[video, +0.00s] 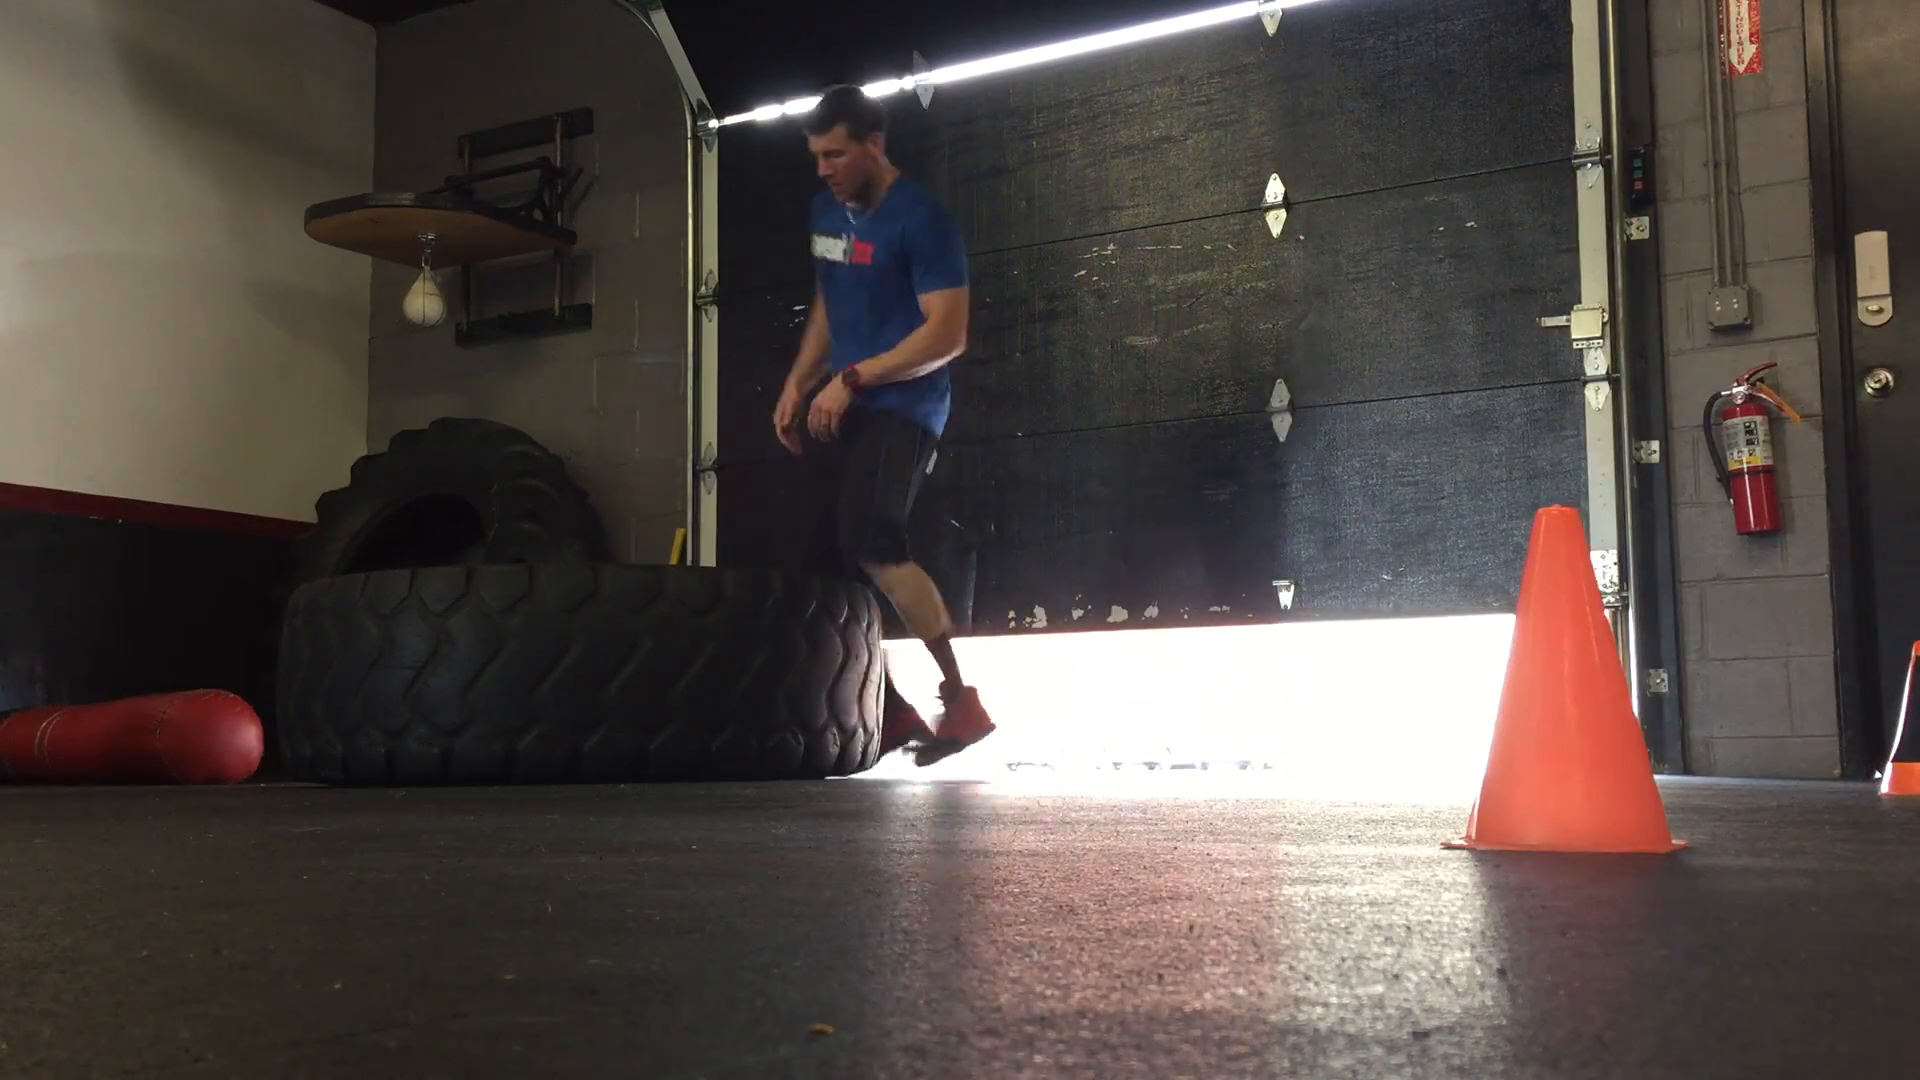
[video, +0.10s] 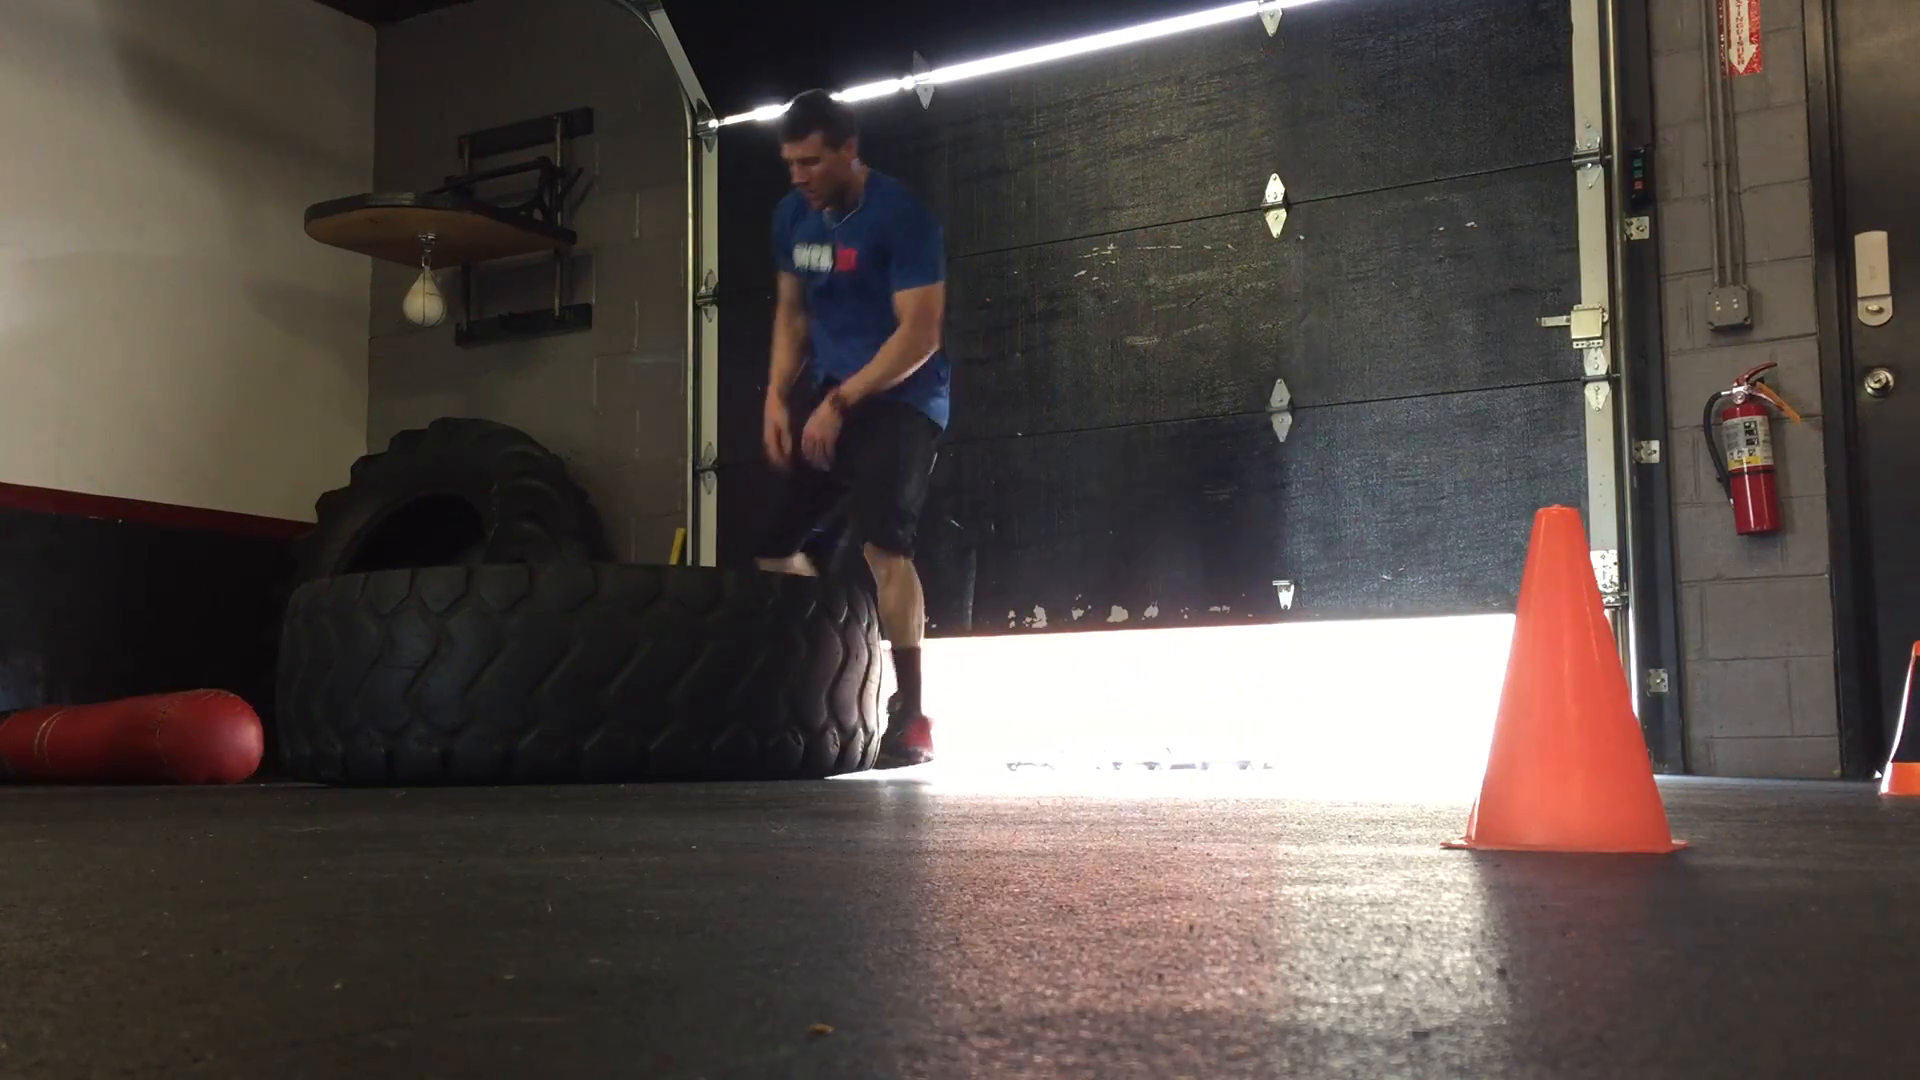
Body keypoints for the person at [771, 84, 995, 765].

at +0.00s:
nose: (825, 171)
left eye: (834, 157)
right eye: (819, 159)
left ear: (875, 144)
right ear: (820, 154)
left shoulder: (922, 217)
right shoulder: (828, 210)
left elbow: (948, 333)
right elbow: (829, 306)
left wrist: (853, 378)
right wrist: (797, 382)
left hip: (906, 405)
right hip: (847, 404)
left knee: (877, 541)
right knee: (830, 555)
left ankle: (962, 702)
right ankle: (887, 711)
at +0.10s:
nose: (800, 177)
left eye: (811, 162)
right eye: (792, 165)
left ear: (850, 150)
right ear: (789, 159)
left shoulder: (902, 217)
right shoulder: (793, 217)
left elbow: (920, 335)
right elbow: (791, 311)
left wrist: (840, 400)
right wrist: (776, 395)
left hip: (903, 401)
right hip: (828, 401)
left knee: (883, 540)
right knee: (776, 546)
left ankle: (910, 715)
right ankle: (801, 709)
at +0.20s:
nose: (772, 221)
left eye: (783, 206)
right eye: (763, 209)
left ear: (821, 194)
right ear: (757, 204)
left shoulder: (876, 260)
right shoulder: (763, 266)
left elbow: (882, 384)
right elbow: (764, 370)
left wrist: (823, 482)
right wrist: (756, 469)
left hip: (894, 419)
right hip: (817, 415)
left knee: (885, 557)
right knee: (791, 553)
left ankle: (909, 726)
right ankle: (805, 715)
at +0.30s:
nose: (748, 296)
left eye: (760, 282)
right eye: (740, 284)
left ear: (798, 276)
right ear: (731, 281)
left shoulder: (851, 334)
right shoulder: (738, 341)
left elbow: (841, 466)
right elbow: (747, 455)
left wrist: (823, 574)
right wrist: (738, 567)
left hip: (889, 458)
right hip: (805, 463)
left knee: (884, 558)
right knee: (733, 565)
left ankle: (913, 727)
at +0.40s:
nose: (722, 378)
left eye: (733, 364)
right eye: (715, 366)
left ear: (771, 352)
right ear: (707, 361)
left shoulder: (828, 402)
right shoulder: (710, 419)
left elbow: (828, 527)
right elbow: (726, 531)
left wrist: (824, 645)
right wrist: (728, 638)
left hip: (862, 498)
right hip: (774, 510)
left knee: (884, 558)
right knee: (664, 573)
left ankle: (913, 722)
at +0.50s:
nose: (698, 426)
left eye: (710, 411)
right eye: (689, 413)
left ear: (749, 404)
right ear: (682, 412)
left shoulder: (814, 451)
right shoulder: (689, 476)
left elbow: (819, 576)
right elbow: (706, 579)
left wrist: (815, 695)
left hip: (847, 533)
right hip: (756, 547)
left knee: (873, 566)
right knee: (644, 574)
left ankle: (911, 723)